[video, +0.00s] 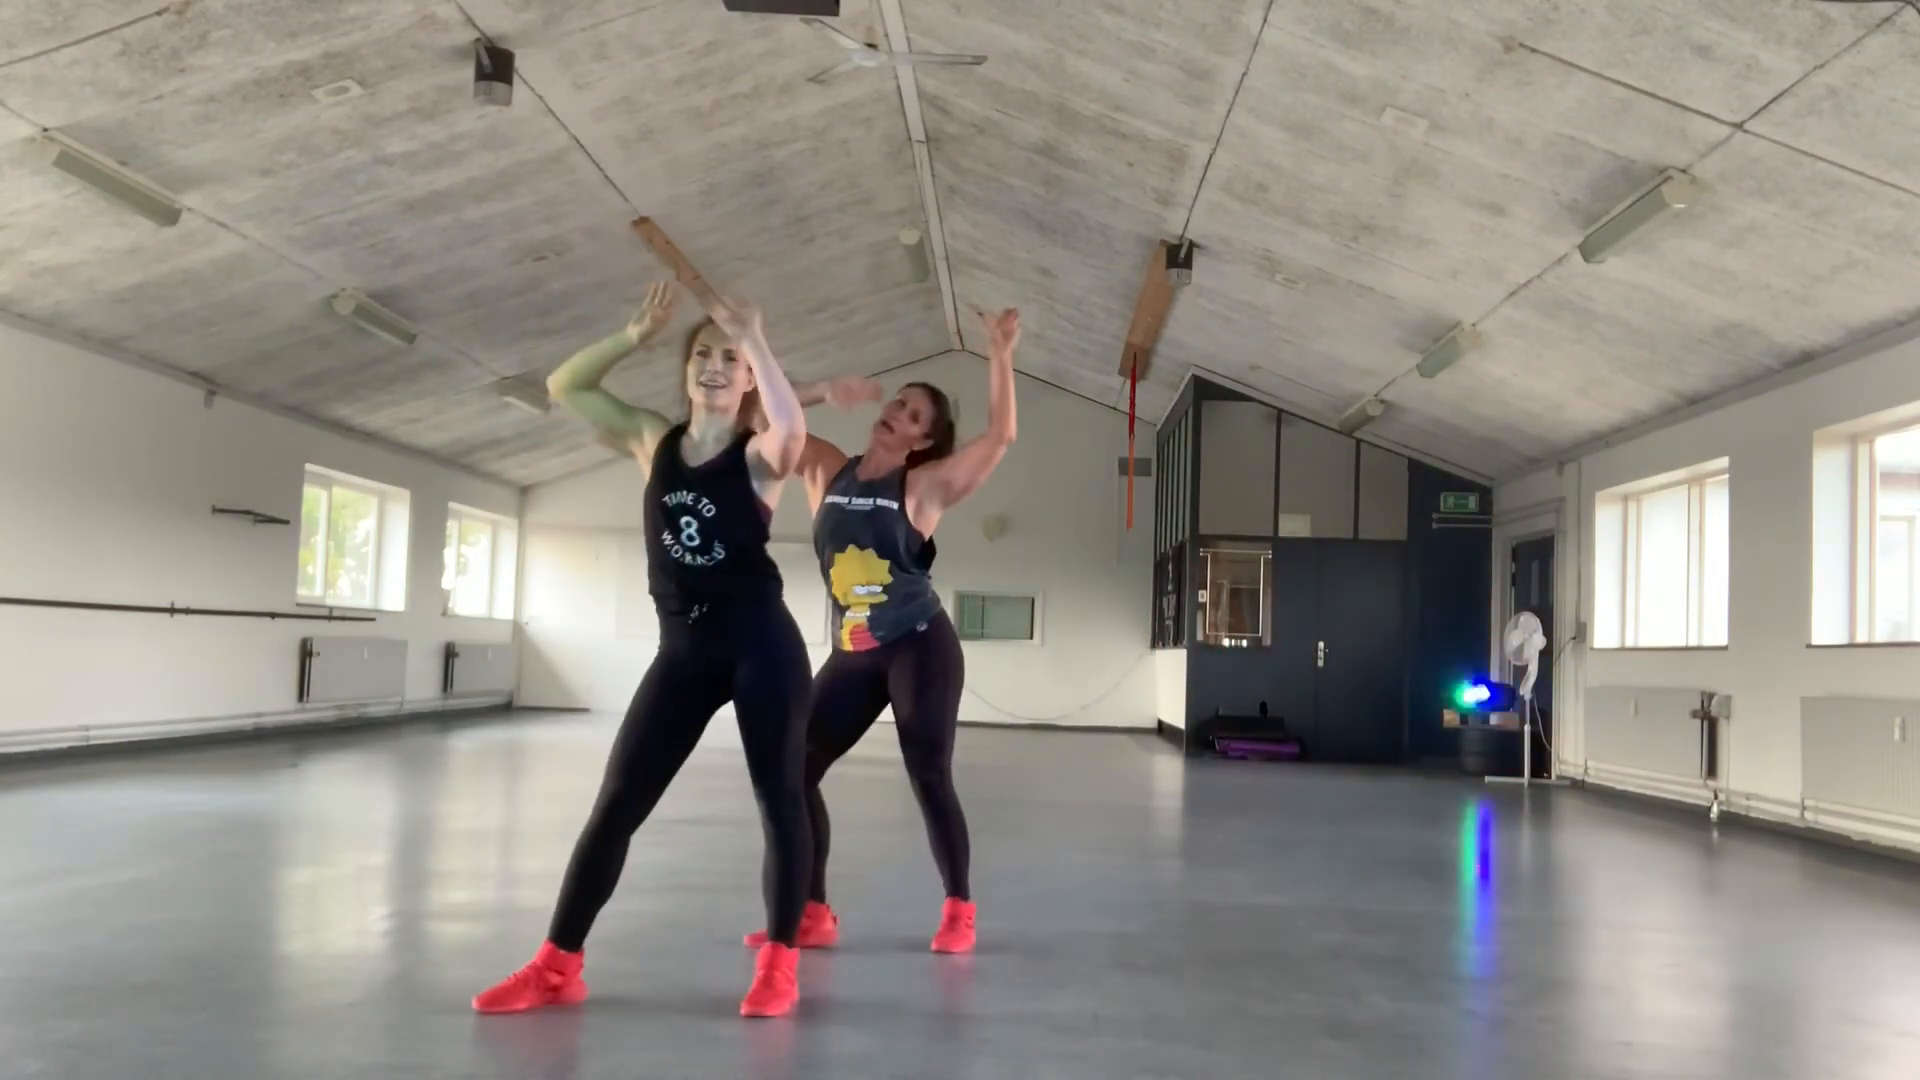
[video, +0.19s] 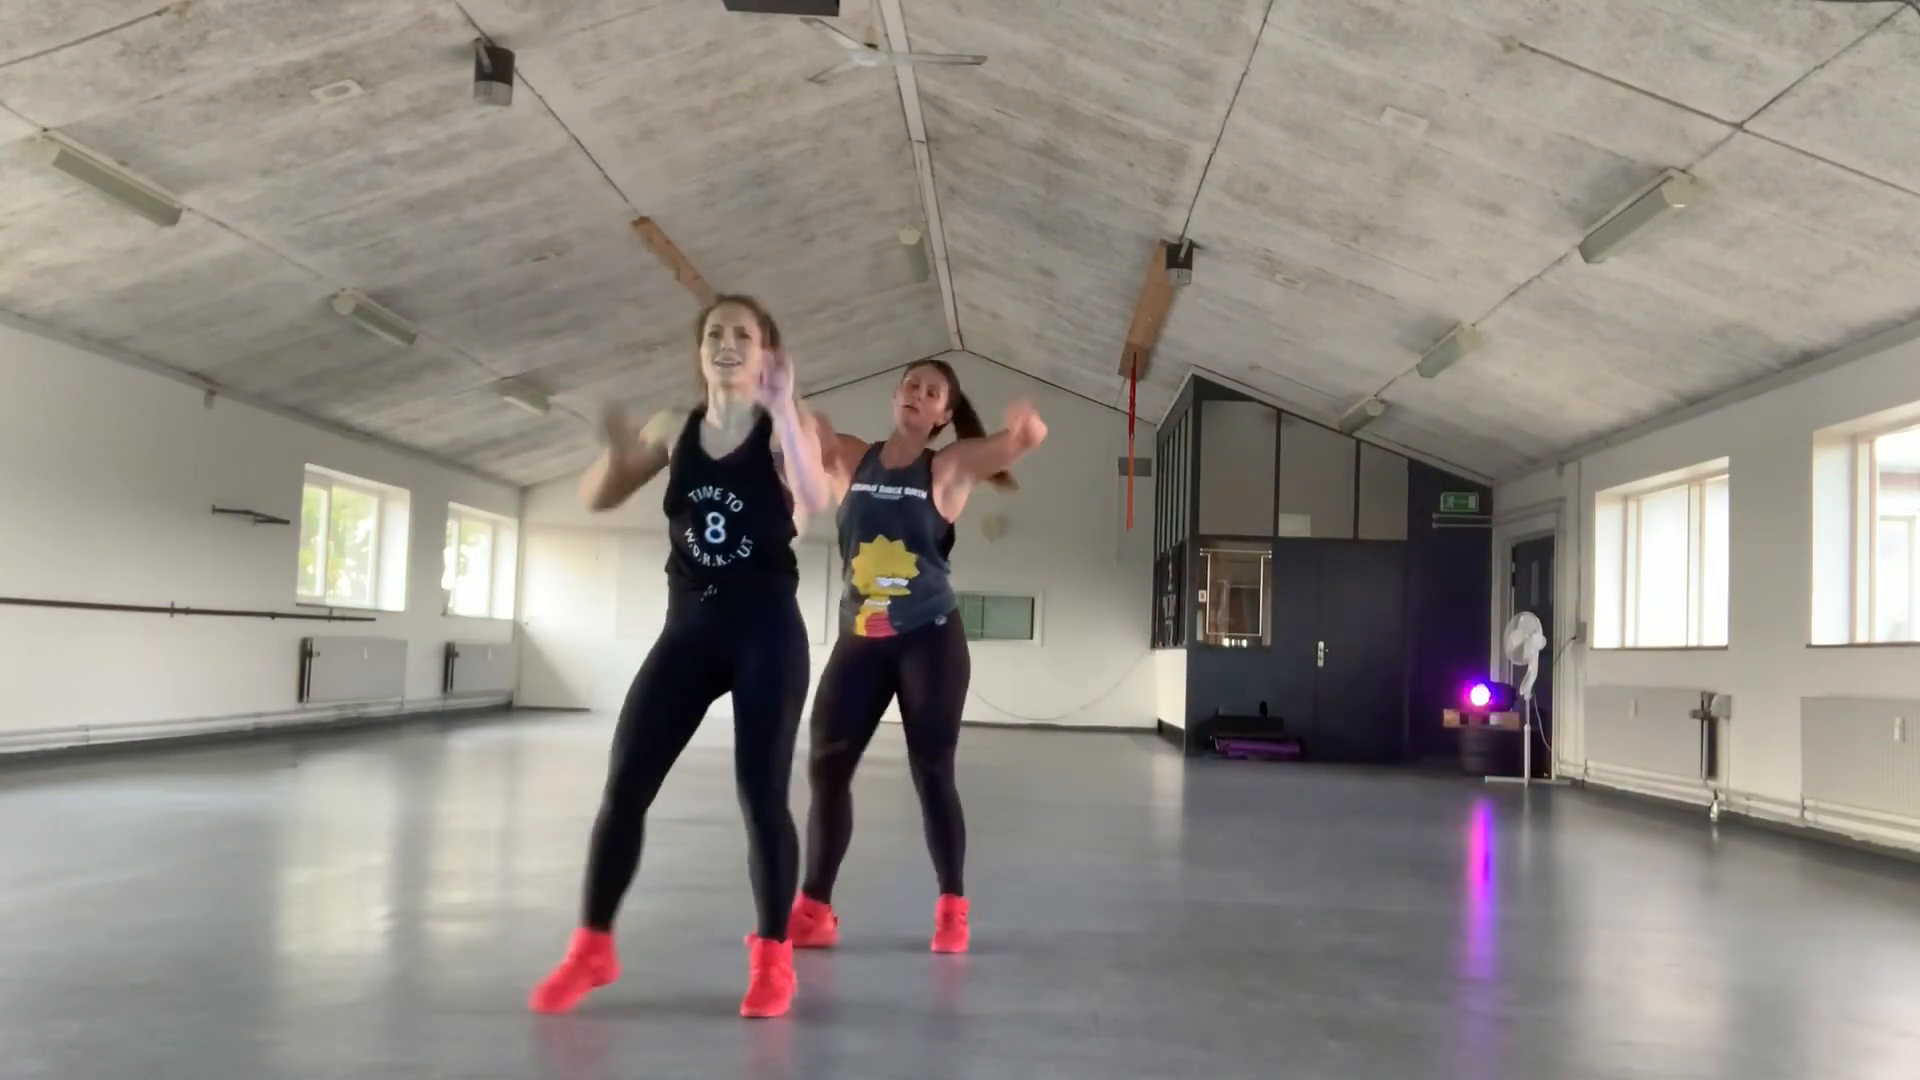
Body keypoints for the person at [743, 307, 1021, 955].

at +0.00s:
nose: (897, 412)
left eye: (913, 414)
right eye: (897, 402)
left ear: (925, 441)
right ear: (881, 412)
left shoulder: (925, 487)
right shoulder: (827, 467)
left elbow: (998, 437)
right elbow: (755, 418)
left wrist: (1001, 354)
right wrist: (821, 393)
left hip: (920, 644)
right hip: (854, 655)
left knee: (928, 771)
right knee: (795, 768)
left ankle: (959, 905)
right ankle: (811, 906)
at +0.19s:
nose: (917, 395)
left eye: (931, 392)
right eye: (911, 385)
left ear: (944, 415)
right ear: (893, 396)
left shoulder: (951, 466)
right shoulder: (853, 456)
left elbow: (1011, 445)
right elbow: (800, 426)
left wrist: (1023, 426)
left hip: (929, 640)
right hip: (859, 641)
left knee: (932, 771)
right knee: (827, 768)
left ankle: (951, 903)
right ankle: (813, 905)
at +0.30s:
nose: (917, 393)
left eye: (926, 385)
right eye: (906, 385)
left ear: (944, 402)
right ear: (889, 402)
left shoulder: (965, 467)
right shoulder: (865, 462)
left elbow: (1055, 476)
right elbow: (792, 459)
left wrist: (992, 501)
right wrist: (834, 484)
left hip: (944, 645)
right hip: (872, 644)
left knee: (938, 775)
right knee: (850, 773)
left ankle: (946, 907)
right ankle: (820, 905)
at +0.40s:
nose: (917, 394)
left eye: (926, 386)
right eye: (905, 388)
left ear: (946, 401)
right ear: (891, 408)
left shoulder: (979, 472)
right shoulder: (873, 473)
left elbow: (1049, 533)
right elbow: (819, 515)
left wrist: (985, 538)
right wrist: (828, 510)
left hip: (957, 647)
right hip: (884, 644)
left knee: (944, 774)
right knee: (858, 766)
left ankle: (946, 907)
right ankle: (839, 902)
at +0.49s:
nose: (927, 403)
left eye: (937, 395)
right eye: (916, 396)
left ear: (956, 409)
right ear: (901, 412)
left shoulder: (991, 479)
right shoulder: (883, 485)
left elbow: (1010, 565)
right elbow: (859, 574)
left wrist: (984, 534)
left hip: (961, 645)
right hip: (890, 643)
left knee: (958, 762)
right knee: (887, 769)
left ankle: (946, 884)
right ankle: (885, 890)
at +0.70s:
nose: (961, 411)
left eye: (972, 403)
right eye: (950, 403)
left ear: (987, 418)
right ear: (934, 419)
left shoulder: (1018, 491)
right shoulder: (907, 492)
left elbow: (1029, 568)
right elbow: (884, 580)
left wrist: (1031, 608)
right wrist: (883, 657)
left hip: (986, 649)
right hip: (916, 650)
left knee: (1003, 721)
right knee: (912, 780)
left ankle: (980, 826)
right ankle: (897, 899)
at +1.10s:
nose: (1035, 422)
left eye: (1045, 413)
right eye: (1024, 413)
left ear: (1059, 429)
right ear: (1006, 428)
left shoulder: (1086, 488)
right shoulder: (979, 505)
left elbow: (1100, 563)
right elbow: (954, 592)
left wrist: (1096, 612)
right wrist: (944, 663)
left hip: (1056, 655)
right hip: (987, 656)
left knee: (1070, 727)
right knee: (995, 779)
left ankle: (1063, 840)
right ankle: (988, 899)